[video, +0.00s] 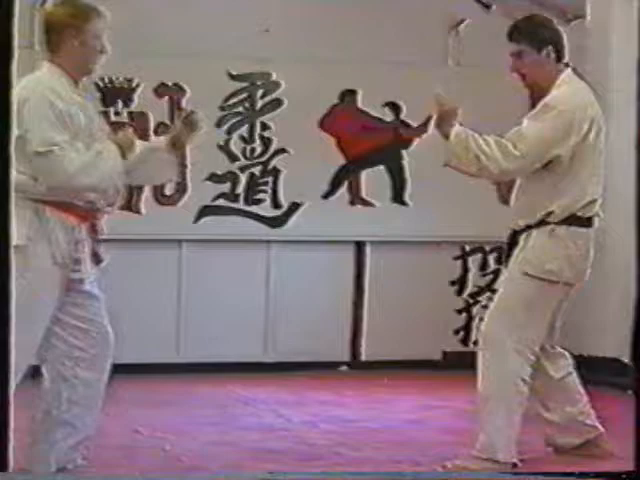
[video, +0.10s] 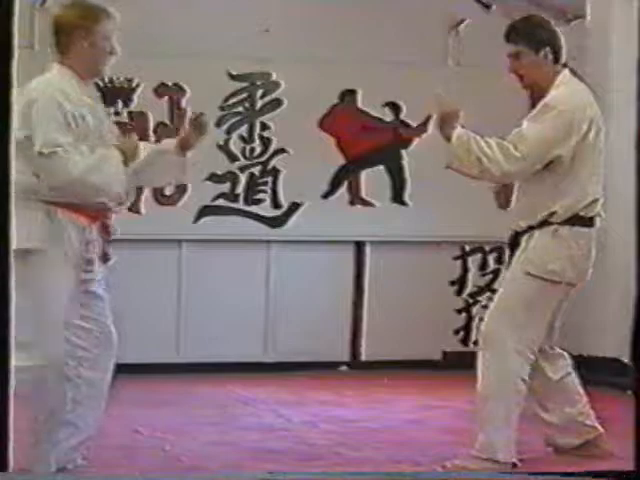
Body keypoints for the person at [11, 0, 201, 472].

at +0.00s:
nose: (103, 48)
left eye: (104, 39)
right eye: (96, 38)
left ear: (76, 41)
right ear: (68, 39)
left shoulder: (80, 100)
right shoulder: (38, 91)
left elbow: (109, 170)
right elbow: (53, 169)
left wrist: (171, 147)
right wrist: (114, 153)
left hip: (70, 235)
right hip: (32, 233)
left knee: (87, 346)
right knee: (16, 354)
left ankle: (56, 462)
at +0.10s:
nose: (113, 50)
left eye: (113, 41)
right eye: (107, 40)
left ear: (86, 42)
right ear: (79, 41)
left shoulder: (89, 100)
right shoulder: (45, 93)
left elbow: (116, 170)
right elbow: (56, 170)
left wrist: (177, 150)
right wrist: (116, 159)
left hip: (80, 236)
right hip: (41, 235)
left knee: (94, 343)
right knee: (39, 350)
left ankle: (65, 457)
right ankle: (33, 464)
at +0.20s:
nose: (134, 56)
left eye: (134, 47)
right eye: (127, 47)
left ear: (109, 46)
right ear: (100, 45)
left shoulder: (106, 102)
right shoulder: (68, 98)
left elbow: (134, 166)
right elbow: (57, 173)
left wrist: (198, 153)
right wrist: (120, 184)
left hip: (91, 235)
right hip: (63, 238)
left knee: (96, 343)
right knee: (99, 340)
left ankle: (62, 453)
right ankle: (19, 421)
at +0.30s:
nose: (165, 63)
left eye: (166, 53)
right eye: (158, 53)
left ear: (137, 52)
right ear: (131, 50)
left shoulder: (133, 105)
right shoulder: (107, 98)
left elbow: (167, 165)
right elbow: (76, 172)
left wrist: (235, 149)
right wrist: (136, 200)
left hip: (86, 242)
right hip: (111, 239)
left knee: (93, 360)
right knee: (185, 326)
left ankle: (54, 458)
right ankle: (160, 439)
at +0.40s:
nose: (189, 60)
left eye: (190, 50)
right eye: (182, 50)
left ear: (157, 51)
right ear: (156, 49)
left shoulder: (152, 97)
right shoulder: (138, 96)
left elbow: (189, 158)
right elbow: (103, 175)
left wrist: (257, 147)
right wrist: (168, 195)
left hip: (110, 241)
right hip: (143, 240)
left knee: (97, 358)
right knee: (209, 335)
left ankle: (54, 458)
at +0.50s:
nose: (225, 59)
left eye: (225, 50)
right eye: (220, 50)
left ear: (181, 51)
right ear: (199, 49)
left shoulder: (153, 95)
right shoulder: (201, 95)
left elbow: (196, 158)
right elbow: (223, 160)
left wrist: (261, 144)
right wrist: (276, 148)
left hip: (154, 233)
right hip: (202, 234)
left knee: (120, 347)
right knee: (247, 343)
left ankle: (67, 449)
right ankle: (297, 450)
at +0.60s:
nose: (252, 46)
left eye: (251, 37)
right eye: (249, 38)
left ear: (203, 44)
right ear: (235, 43)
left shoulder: (173, 98)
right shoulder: (246, 96)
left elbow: (152, 165)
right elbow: (314, 126)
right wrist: (361, 123)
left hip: (170, 234)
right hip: (226, 236)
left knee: (138, 346)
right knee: (263, 345)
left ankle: (83, 446)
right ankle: (298, 452)